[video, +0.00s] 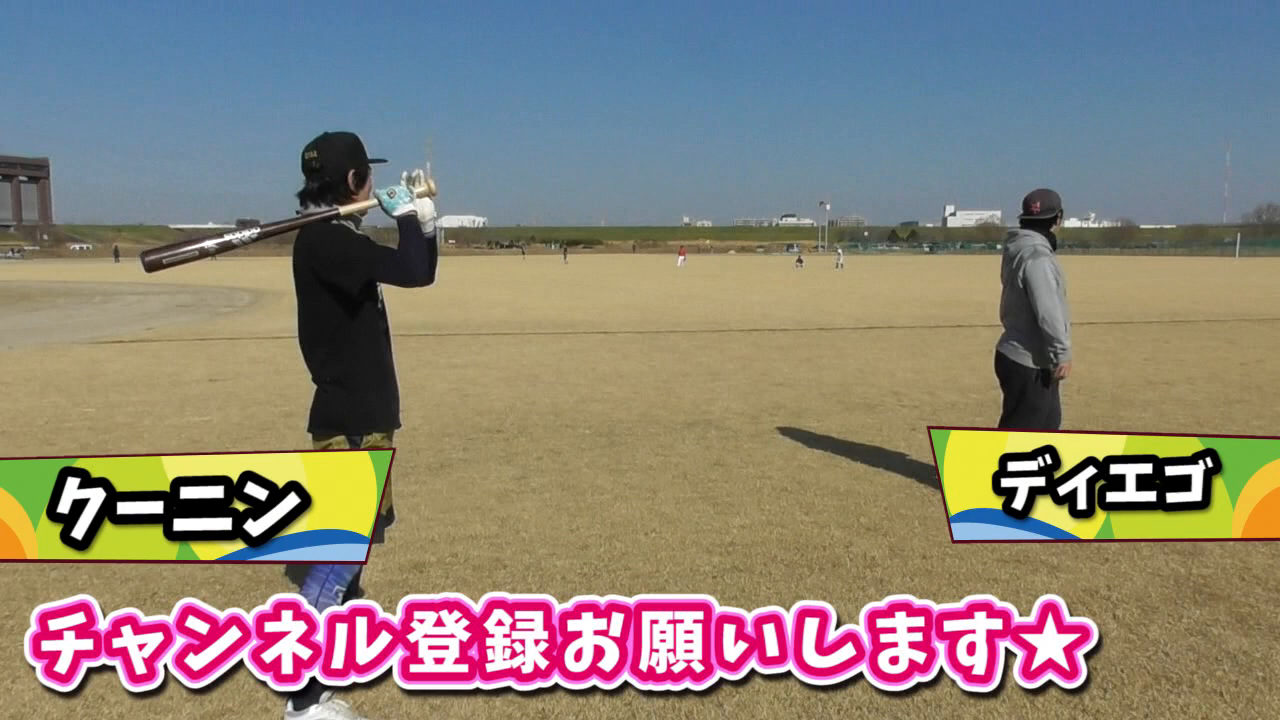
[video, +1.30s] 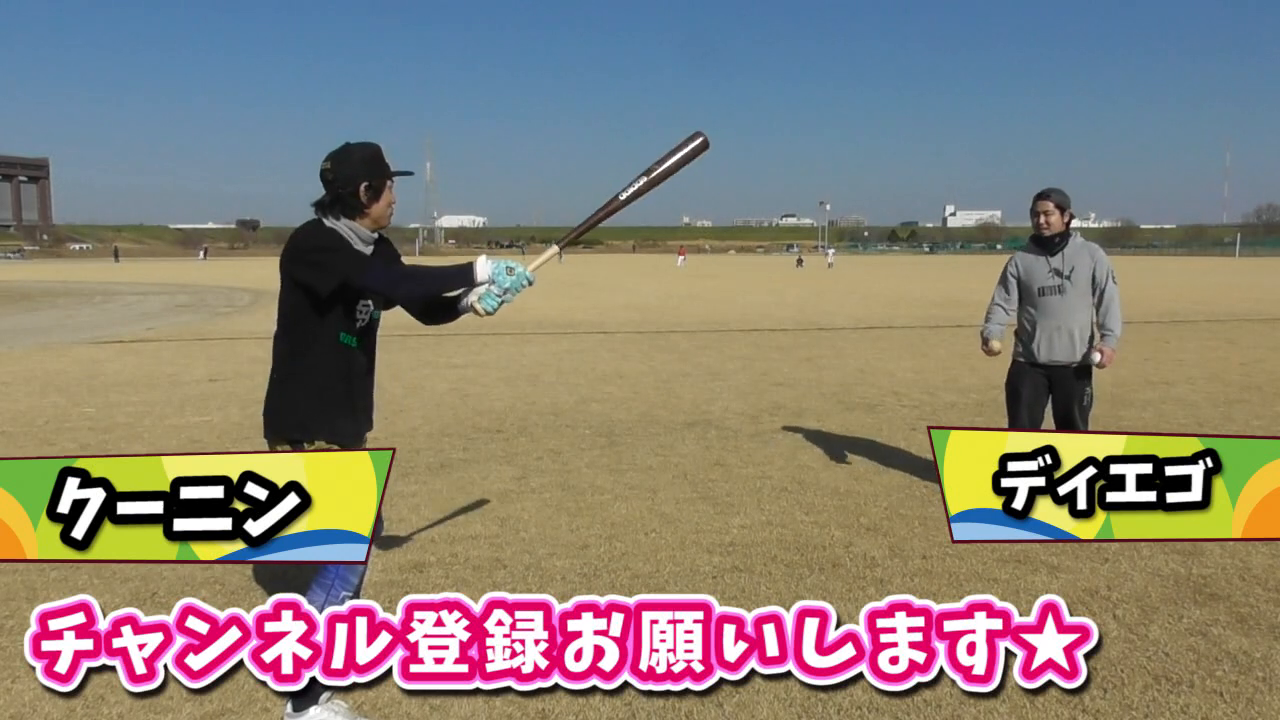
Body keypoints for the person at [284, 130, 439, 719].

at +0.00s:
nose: (371, 181)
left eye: (369, 172)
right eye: (368, 173)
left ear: (318, 180)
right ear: (352, 180)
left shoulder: (333, 234)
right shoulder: (329, 237)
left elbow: (417, 268)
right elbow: (415, 270)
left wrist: (421, 218)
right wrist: (409, 214)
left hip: (355, 410)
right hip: (355, 415)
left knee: (360, 531)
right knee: (346, 542)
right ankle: (303, 689)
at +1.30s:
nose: (394, 197)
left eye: (392, 187)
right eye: (390, 188)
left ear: (351, 193)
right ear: (369, 193)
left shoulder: (372, 248)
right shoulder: (314, 241)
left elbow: (423, 306)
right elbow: (386, 281)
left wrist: (473, 298)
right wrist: (478, 271)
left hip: (343, 424)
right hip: (310, 426)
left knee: (344, 546)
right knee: (350, 554)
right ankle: (307, 696)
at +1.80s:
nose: (407, 200)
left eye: (405, 191)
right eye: (403, 191)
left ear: (369, 194)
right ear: (381, 194)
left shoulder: (389, 248)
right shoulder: (327, 246)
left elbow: (446, 299)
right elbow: (404, 284)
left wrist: (496, 279)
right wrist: (481, 251)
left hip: (351, 425)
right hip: (315, 427)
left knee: (347, 548)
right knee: (352, 555)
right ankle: (309, 694)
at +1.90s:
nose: (404, 202)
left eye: (403, 193)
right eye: (400, 193)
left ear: (364, 197)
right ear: (378, 197)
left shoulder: (387, 250)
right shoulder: (320, 250)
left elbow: (450, 300)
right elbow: (398, 283)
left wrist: (493, 276)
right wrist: (476, 246)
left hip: (347, 433)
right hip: (312, 435)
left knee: (348, 547)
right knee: (359, 562)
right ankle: (308, 695)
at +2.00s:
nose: (402, 202)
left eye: (400, 192)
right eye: (396, 192)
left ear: (365, 197)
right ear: (371, 196)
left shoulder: (381, 253)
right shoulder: (309, 246)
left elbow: (445, 302)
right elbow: (375, 284)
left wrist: (479, 271)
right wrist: (453, 239)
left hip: (346, 433)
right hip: (305, 433)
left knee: (374, 530)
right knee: (376, 529)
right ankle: (309, 692)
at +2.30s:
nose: (393, 197)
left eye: (393, 190)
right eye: (389, 190)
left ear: (353, 192)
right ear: (365, 193)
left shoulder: (373, 245)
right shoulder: (283, 237)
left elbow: (417, 308)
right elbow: (299, 281)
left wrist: (406, 259)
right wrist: (377, 232)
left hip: (345, 406)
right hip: (287, 417)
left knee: (425, 503)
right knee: (344, 543)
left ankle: (414, 617)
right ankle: (307, 696)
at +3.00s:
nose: (455, 226)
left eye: (453, 216)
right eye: (446, 218)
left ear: (420, 225)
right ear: (416, 226)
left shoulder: (445, 274)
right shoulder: (338, 259)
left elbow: (417, 331)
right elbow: (281, 328)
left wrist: (363, 289)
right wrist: (331, 269)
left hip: (406, 428)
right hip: (343, 437)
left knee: (471, 514)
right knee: (369, 564)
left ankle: (475, 605)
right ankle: (305, 694)